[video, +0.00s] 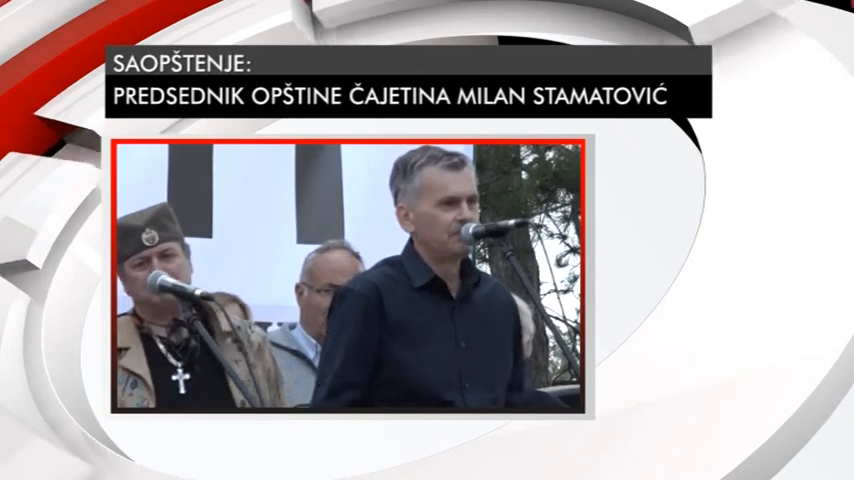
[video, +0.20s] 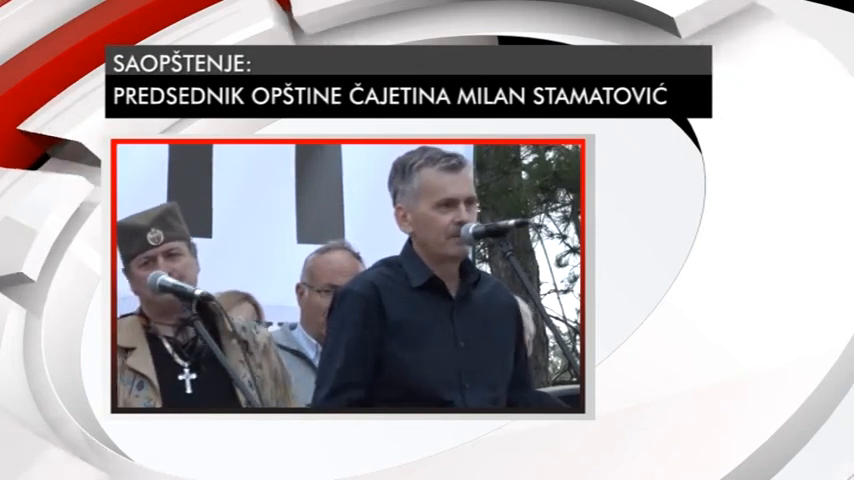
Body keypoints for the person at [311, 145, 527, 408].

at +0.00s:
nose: (466, 215)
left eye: (472, 202)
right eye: (449, 204)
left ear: (479, 206)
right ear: (406, 216)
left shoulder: (499, 301)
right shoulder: (367, 298)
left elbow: (513, 405)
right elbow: (330, 414)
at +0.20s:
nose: (464, 218)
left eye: (470, 204)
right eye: (447, 206)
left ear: (478, 207)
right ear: (404, 218)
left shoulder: (500, 301)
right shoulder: (367, 297)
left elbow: (522, 403)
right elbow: (332, 413)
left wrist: (584, 423)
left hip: (492, 460)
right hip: (397, 463)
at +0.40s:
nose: (463, 218)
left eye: (469, 204)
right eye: (446, 206)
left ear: (477, 207)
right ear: (404, 219)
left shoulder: (498, 300)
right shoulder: (366, 297)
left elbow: (521, 402)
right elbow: (340, 415)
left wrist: (581, 422)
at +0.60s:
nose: (463, 218)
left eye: (468, 203)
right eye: (445, 206)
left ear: (477, 207)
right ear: (402, 218)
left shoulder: (497, 300)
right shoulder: (365, 297)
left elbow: (520, 404)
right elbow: (339, 413)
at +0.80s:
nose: (463, 217)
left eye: (468, 203)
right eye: (444, 206)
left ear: (477, 207)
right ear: (403, 217)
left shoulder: (497, 300)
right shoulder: (365, 297)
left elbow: (519, 403)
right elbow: (336, 412)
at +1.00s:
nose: (464, 216)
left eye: (470, 203)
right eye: (445, 205)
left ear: (478, 208)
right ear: (403, 217)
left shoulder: (498, 302)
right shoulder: (363, 299)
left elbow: (519, 406)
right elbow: (335, 415)